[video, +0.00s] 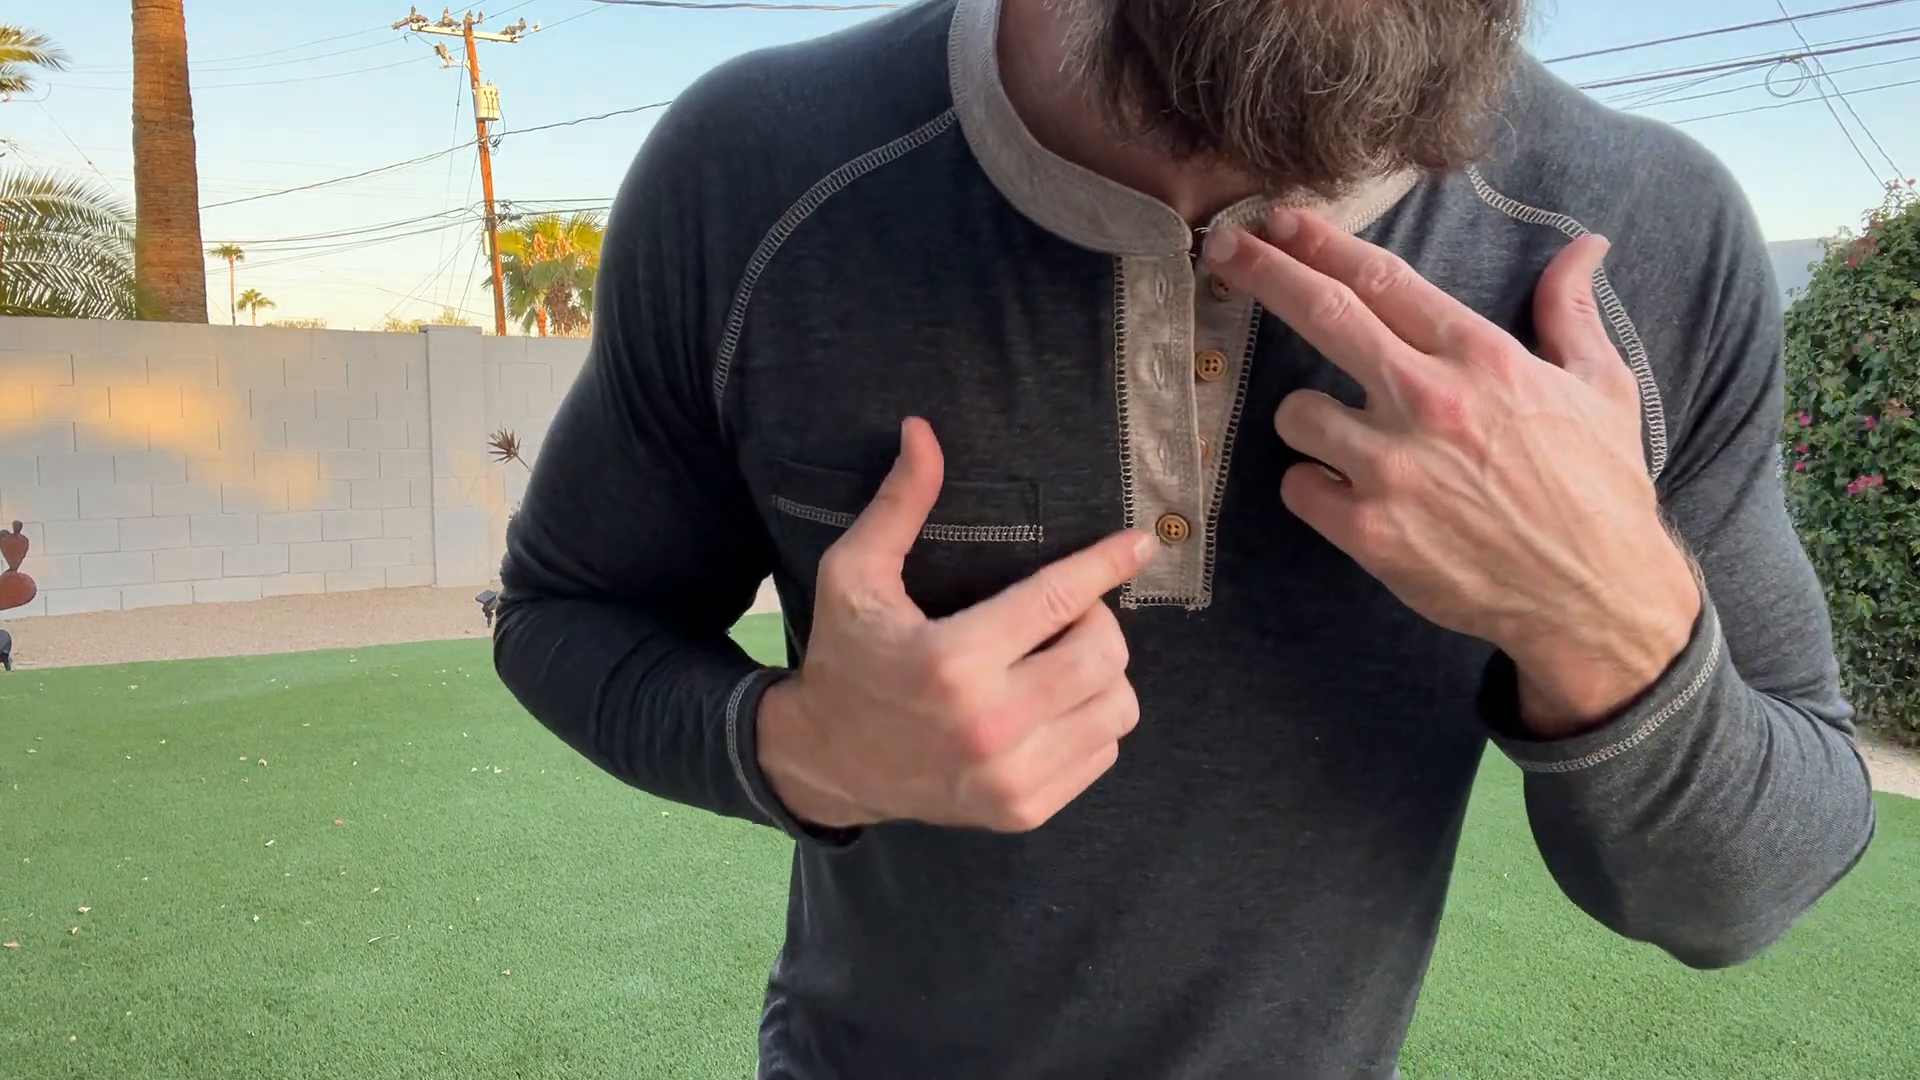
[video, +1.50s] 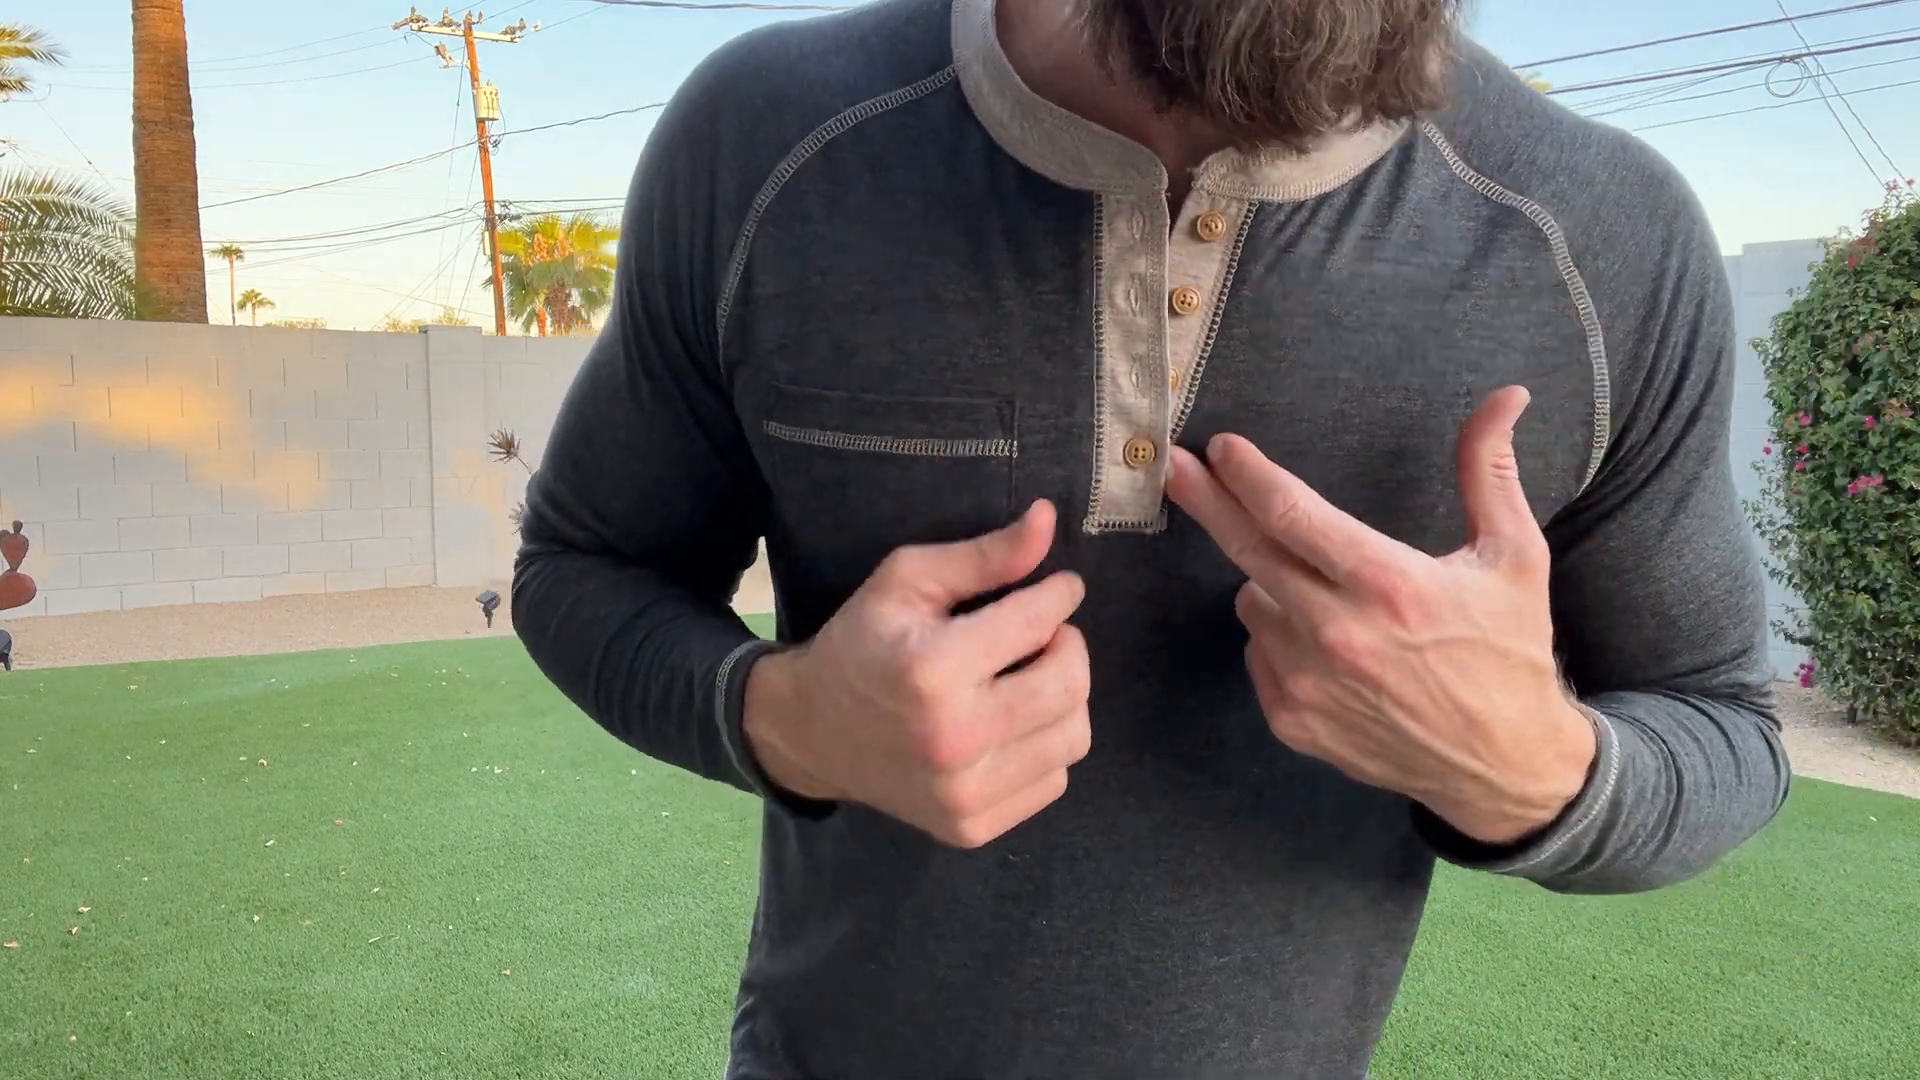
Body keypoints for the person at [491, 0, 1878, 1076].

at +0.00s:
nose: (1196, 256)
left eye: (1296, 206)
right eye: (1120, 172)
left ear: (1436, 100)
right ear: (1046, 16)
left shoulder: (1635, 240)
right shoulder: (750, 168)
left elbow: (1737, 898)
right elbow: (569, 608)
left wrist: (1607, 635)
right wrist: (787, 753)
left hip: (1303, 1045)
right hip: (867, 1043)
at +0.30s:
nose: (1157, 257)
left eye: (1256, 212)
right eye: (1096, 177)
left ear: (1396, 107)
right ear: (1024, 24)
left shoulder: (1584, 241)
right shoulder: (709, 178)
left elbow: (1691, 876)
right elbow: (543, 607)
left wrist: (1557, 630)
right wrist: (757, 778)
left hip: (1273, 1050)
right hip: (838, 1048)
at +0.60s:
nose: (1165, 248)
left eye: (1260, 197)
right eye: (1113, 180)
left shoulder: (1572, 247)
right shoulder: (705, 179)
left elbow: (1699, 830)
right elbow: (541, 594)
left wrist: (1550, 692)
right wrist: (744, 773)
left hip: (1261, 1044)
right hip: (832, 1039)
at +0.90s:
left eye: (1269, 204)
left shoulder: (1587, 254)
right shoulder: (722, 173)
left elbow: (1717, 781)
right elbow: (562, 576)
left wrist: (1566, 756)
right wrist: (749, 764)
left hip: (1273, 1038)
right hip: (835, 1035)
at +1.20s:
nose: (1164, 221)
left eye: (1253, 193)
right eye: (1108, 151)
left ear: (1410, 74)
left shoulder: (1610, 255)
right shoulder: (738, 157)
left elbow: (1722, 734)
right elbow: (575, 559)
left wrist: (1573, 794)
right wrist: (748, 751)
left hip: (1276, 1048)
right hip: (835, 1042)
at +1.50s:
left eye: (1268, 160)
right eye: (1121, 133)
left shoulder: (1612, 244)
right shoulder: (761, 138)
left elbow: (1721, 735)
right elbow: (586, 566)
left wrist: (1542, 781)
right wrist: (773, 722)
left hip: (1273, 1057)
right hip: (831, 1047)